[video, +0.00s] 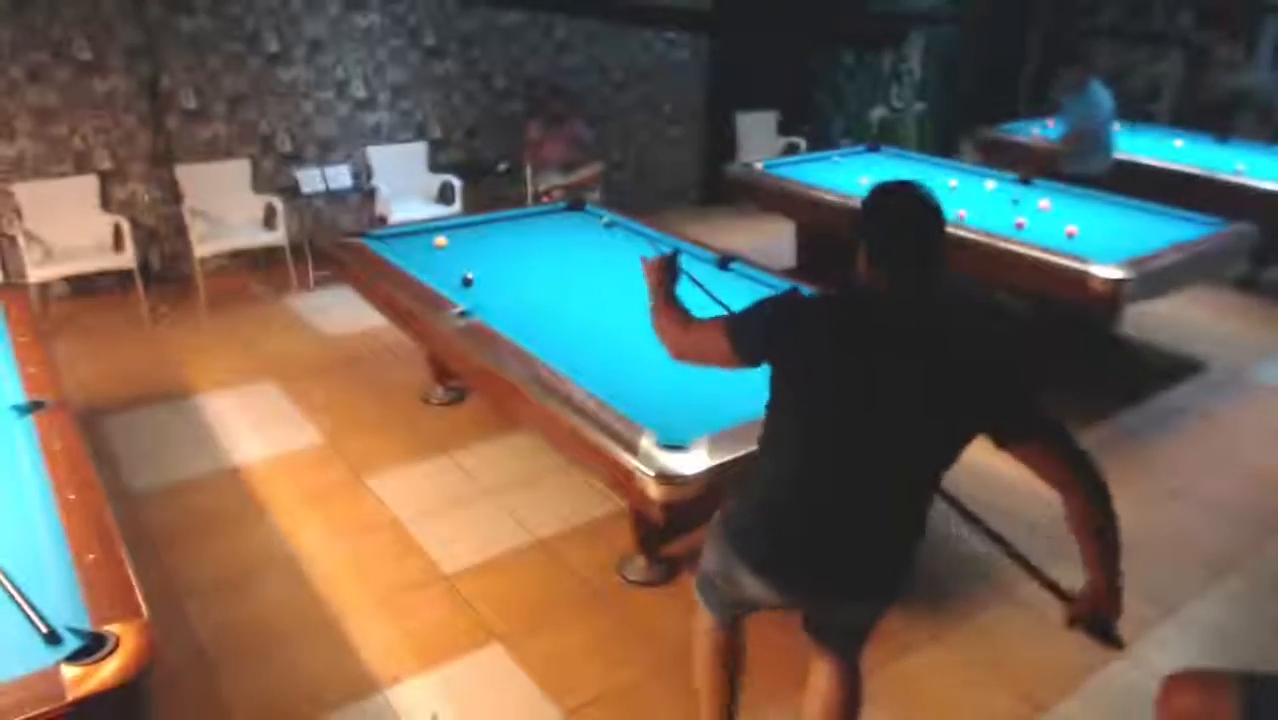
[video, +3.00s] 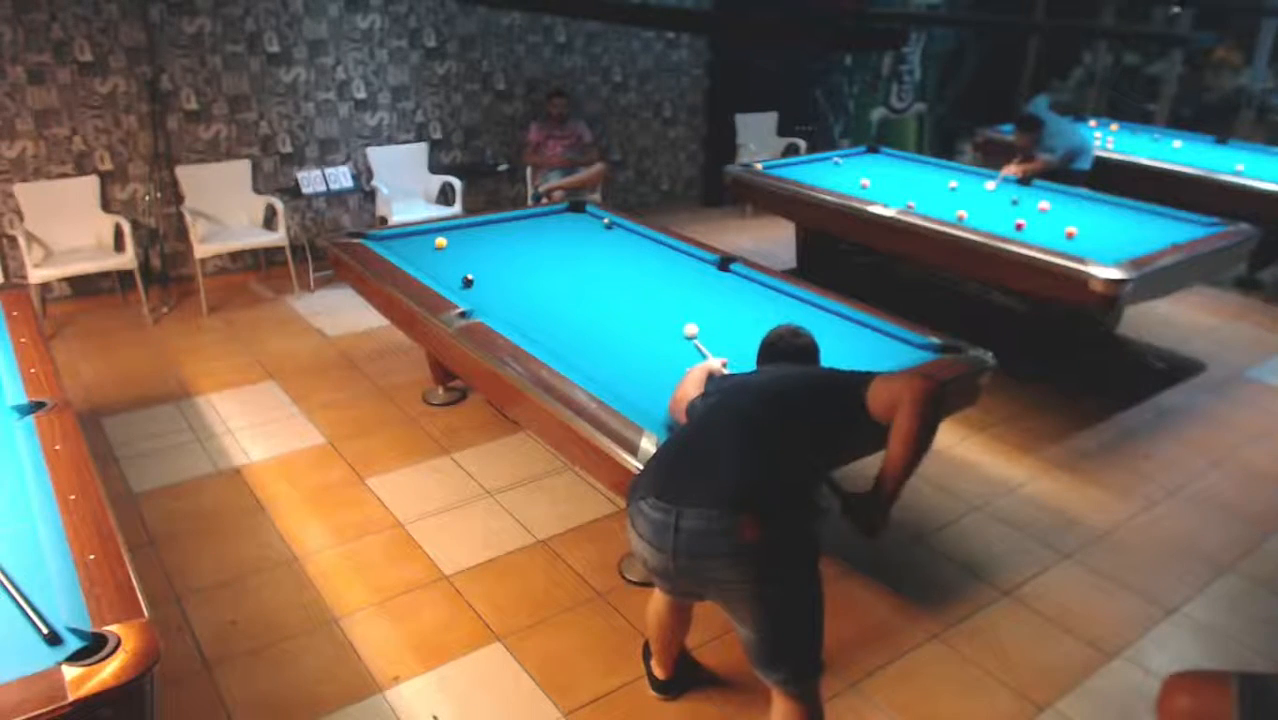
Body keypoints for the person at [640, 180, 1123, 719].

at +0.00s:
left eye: (863, 245)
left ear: (861, 253)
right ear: (939, 259)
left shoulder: (801, 321)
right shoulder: (967, 357)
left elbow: (682, 341)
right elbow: (1080, 483)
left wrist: (658, 289)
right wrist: (1103, 589)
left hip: (770, 537)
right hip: (871, 561)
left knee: (716, 608)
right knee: (836, 654)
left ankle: (717, 711)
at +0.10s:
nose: (851, 258)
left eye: (851, 245)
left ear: (850, 253)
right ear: (926, 257)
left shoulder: (798, 320)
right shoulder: (958, 350)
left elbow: (684, 348)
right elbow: (1057, 478)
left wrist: (669, 298)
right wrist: (1068, 593)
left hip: (761, 534)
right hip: (863, 559)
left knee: (707, 599)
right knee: (835, 653)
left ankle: (681, 699)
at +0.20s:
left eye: (834, 244)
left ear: (836, 253)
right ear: (907, 258)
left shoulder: (783, 316)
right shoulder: (938, 345)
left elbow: (689, 362)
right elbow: (1026, 478)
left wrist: (687, 324)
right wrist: (1011, 580)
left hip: (752, 531)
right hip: (854, 554)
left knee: (698, 604)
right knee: (834, 652)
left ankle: (662, 669)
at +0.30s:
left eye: (815, 247)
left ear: (821, 255)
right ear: (890, 259)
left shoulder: (769, 312)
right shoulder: (916, 337)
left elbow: (692, 374)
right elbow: (988, 461)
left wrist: (706, 342)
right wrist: (957, 550)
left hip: (739, 529)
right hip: (839, 546)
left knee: (694, 607)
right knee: (827, 656)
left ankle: (665, 673)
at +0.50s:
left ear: (786, 258)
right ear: (851, 263)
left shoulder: (746, 303)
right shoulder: (864, 318)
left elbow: (691, 374)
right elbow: (920, 412)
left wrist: (756, 382)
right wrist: (899, 499)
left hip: (694, 494)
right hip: (791, 511)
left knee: (680, 590)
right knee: (810, 654)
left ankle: (665, 669)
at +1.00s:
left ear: (761, 317)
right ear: (813, 317)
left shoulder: (729, 349)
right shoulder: (831, 348)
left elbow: (687, 385)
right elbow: (906, 372)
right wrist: (884, 477)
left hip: (659, 496)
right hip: (750, 510)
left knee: (673, 581)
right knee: (786, 683)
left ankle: (665, 671)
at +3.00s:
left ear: (761, 361)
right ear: (814, 363)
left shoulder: (724, 387)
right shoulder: (834, 386)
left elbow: (679, 405)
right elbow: (916, 391)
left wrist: (702, 366)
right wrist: (881, 497)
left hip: (650, 518)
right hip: (746, 531)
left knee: (672, 585)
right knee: (791, 687)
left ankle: (663, 671)